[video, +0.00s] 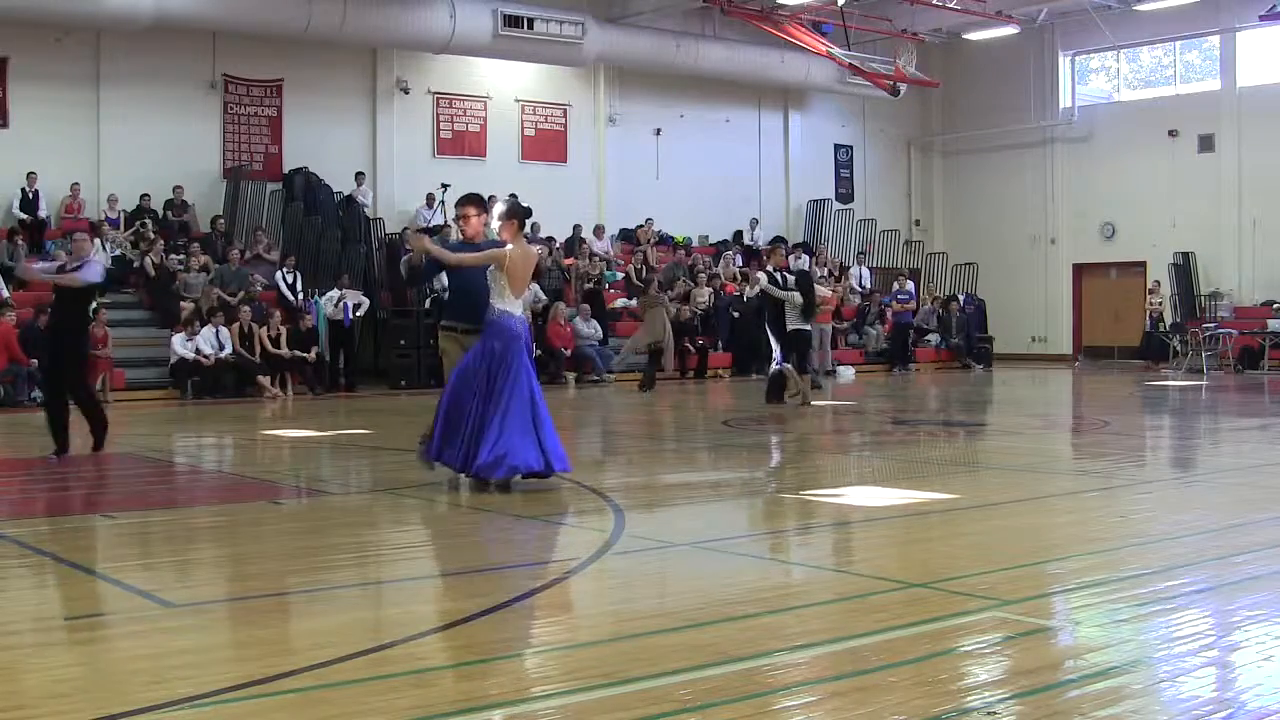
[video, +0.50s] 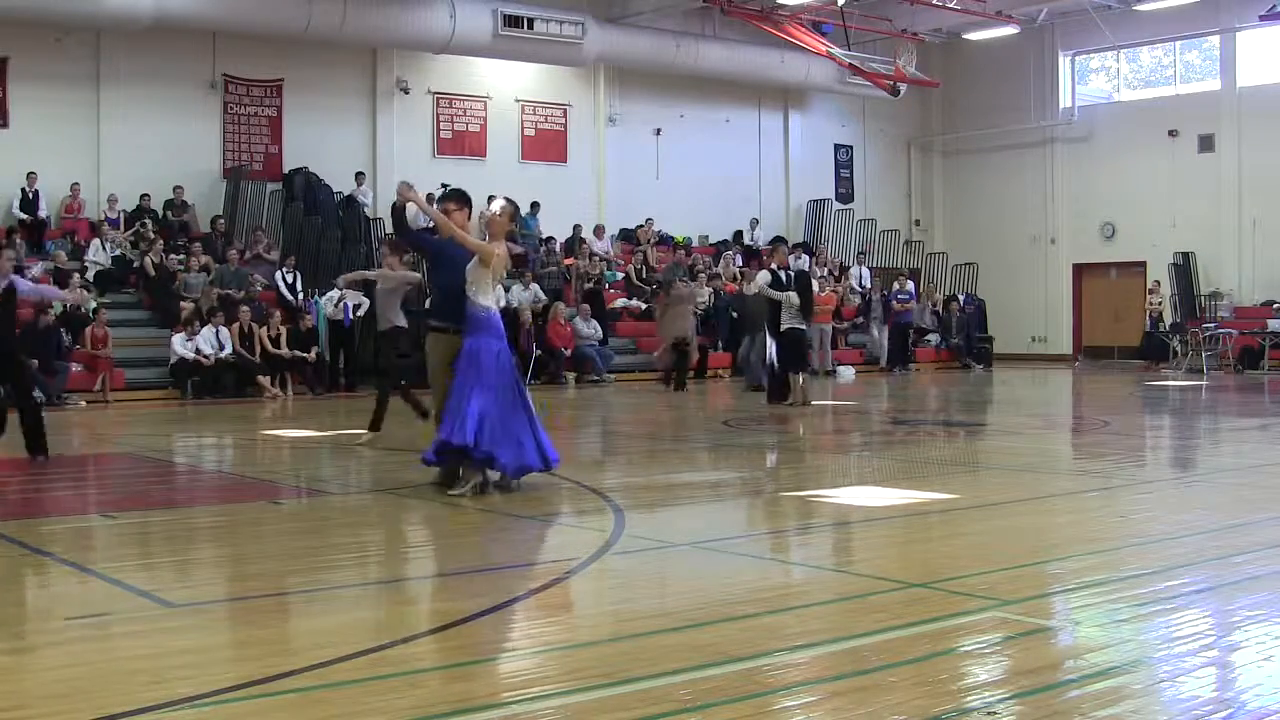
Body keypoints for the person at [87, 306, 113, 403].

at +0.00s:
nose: (106, 316)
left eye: (106, 314)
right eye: (103, 314)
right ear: (96, 316)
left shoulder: (107, 330)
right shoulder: (90, 330)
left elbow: (109, 348)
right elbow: (86, 348)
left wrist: (105, 351)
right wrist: (97, 353)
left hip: (104, 357)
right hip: (92, 358)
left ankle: (106, 395)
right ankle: (92, 393)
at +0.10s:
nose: (106, 316)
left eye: (106, 314)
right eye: (103, 314)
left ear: (106, 316)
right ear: (96, 316)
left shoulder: (107, 330)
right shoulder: (89, 330)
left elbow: (109, 348)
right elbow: (88, 349)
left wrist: (105, 352)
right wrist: (99, 353)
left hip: (103, 355)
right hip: (92, 356)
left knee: (104, 360)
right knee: (106, 367)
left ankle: (98, 381)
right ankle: (107, 395)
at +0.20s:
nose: (106, 316)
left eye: (106, 314)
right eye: (103, 314)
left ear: (106, 316)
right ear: (96, 316)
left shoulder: (107, 330)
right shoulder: (89, 330)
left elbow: (109, 348)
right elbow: (88, 349)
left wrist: (105, 352)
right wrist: (100, 353)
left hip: (103, 355)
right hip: (92, 356)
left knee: (104, 360)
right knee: (106, 368)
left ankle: (98, 381)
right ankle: (107, 395)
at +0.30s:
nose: (105, 316)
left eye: (106, 314)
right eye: (103, 314)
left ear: (106, 316)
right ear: (96, 316)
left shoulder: (107, 330)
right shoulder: (89, 330)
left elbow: (109, 348)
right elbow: (88, 349)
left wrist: (104, 352)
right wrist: (100, 353)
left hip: (103, 355)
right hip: (92, 356)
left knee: (104, 360)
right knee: (106, 368)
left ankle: (99, 381)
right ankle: (107, 394)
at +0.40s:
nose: (105, 316)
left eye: (106, 314)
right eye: (103, 314)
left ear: (105, 316)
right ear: (96, 316)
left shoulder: (107, 330)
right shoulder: (89, 330)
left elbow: (109, 348)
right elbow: (88, 349)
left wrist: (105, 352)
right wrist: (100, 353)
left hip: (103, 355)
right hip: (92, 356)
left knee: (104, 359)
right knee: (106, 367)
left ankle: (99, 381)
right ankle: (107, 395)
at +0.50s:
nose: (106, 316)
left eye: (106, 314)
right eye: (103, 314)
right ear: (96, 316)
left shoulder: (107, 331)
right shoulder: (89, 330)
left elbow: (109, 348)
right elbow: (88, 349)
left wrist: (104, 352)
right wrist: (100, 353)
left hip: (103, 356)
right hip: (92, 356)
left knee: (103, 361)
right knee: (105, 367)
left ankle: (98, 382)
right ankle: (106, 394)